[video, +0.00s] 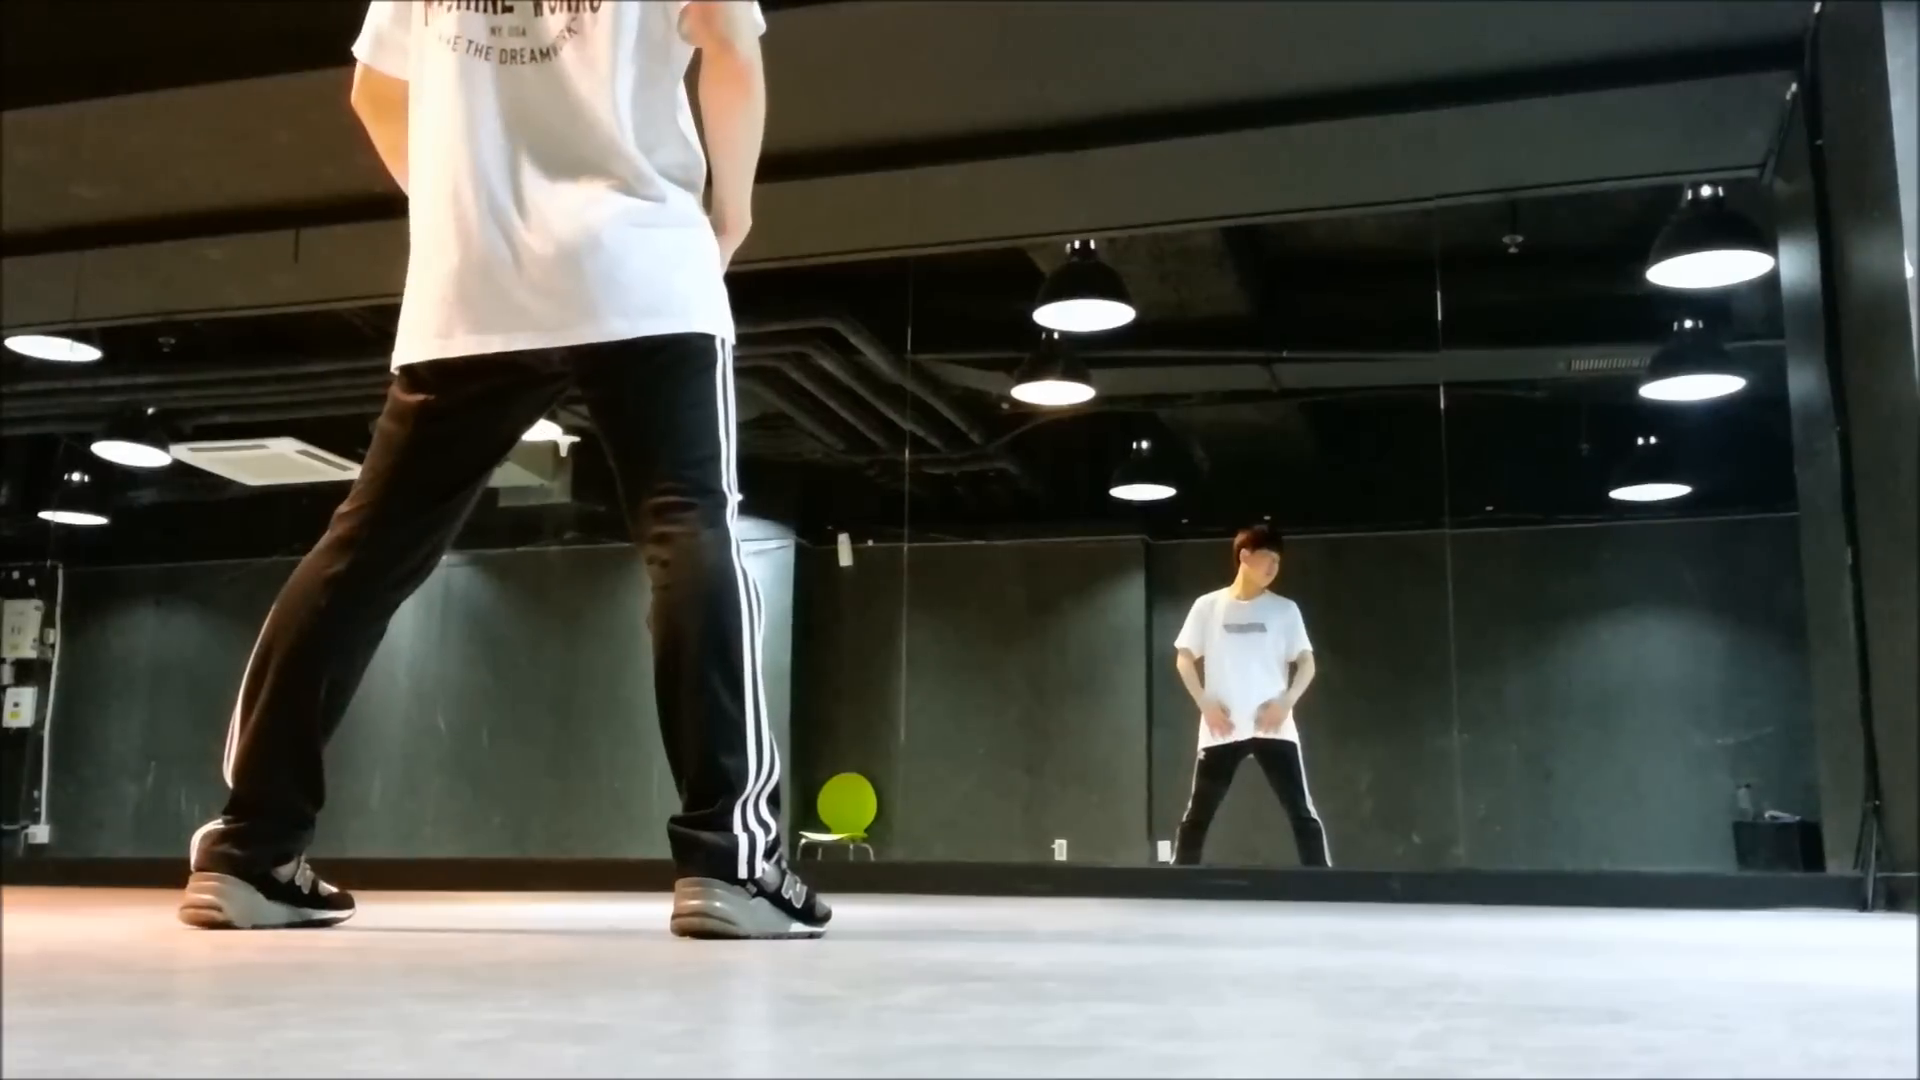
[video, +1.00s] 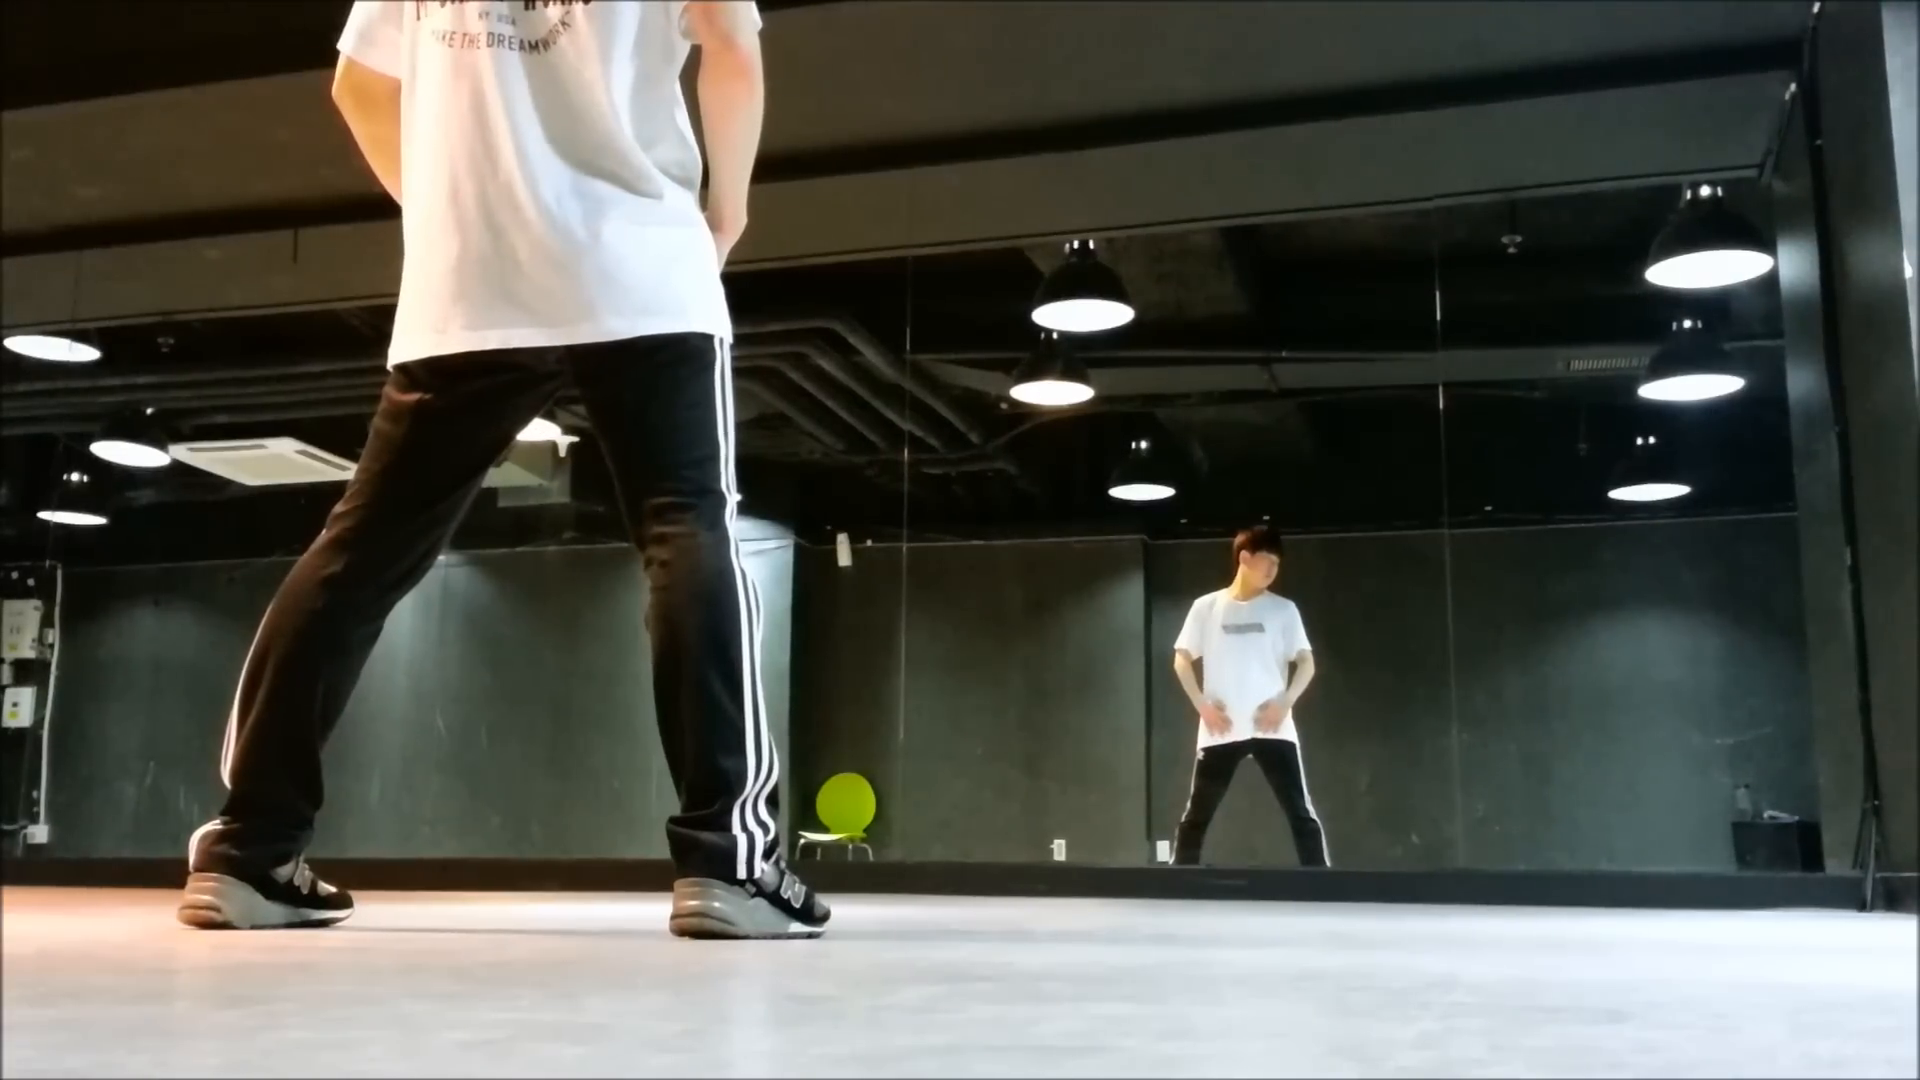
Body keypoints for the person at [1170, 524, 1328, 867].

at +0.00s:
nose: (1272, 566)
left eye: (1276, 559)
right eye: (1265, 557)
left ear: (1279, 563)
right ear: (1243, 557)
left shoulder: (1286, 610)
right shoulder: (1207, 606)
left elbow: (1307, 665)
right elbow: (1184, 659)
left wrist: (1285, 702)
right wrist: (1205, 703)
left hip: (1275, 732)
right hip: (1221, 732)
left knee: (1302, 814)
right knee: (1197, 816)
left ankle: (1323, 890)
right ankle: (1179, 891)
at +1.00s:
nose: (1272, 568)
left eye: (1276, 561)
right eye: (1265, 559)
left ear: (1278, 565)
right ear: (1243, 558)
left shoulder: (1285, 610)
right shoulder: (1206, 607)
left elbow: (1306, 664)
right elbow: (1181, 660)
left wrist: (1284, 703)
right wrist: (1203, 705)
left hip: (1273, 731)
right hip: (1220, 732)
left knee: (1301, 813)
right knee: (1196, 816)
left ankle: (1322, 889)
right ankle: (1179, 891)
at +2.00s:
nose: (1248, 564)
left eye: (1256, 557)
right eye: (1241, 558)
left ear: (1272, 563)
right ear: (1232, 565)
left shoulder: (1298, 609)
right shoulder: (1219, 613)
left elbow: (1309, 665)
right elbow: (1184, 658)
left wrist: (1286, 705)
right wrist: (1204, 703)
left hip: (1275, 731)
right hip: (1222, 731)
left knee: (1304, 816)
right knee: (1195, 817)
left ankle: (1331, 889)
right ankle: (1179, 892)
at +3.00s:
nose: (1247, 559)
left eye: (1255, 553)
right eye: (1240, 553)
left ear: (1268, 563)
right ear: (1229, 562)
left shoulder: (1288, 613)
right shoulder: (1210, 611)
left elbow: (1319, 664)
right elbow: (1179, 660)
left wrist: (1292, 698)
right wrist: (1201, 696)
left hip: (1276, 731)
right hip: (1223, 731)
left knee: (1305, 813)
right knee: (1196, 815)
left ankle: (1331, 889)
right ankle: (1177, 890)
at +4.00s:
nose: (1230, 573)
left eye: (1235, 565)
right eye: (1227, 567)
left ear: (1259, 561)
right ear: (1227, 571)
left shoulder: (1302, 605)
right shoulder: (1224, 614)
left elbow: (1320, 661)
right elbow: (1186, 656)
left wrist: (1292, 701)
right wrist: (1201, 695)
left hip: (1276, 733)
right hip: (1222, 731)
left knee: (1302, 815)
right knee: (1193, 816)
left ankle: (1331, 890)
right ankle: (1176, 891)